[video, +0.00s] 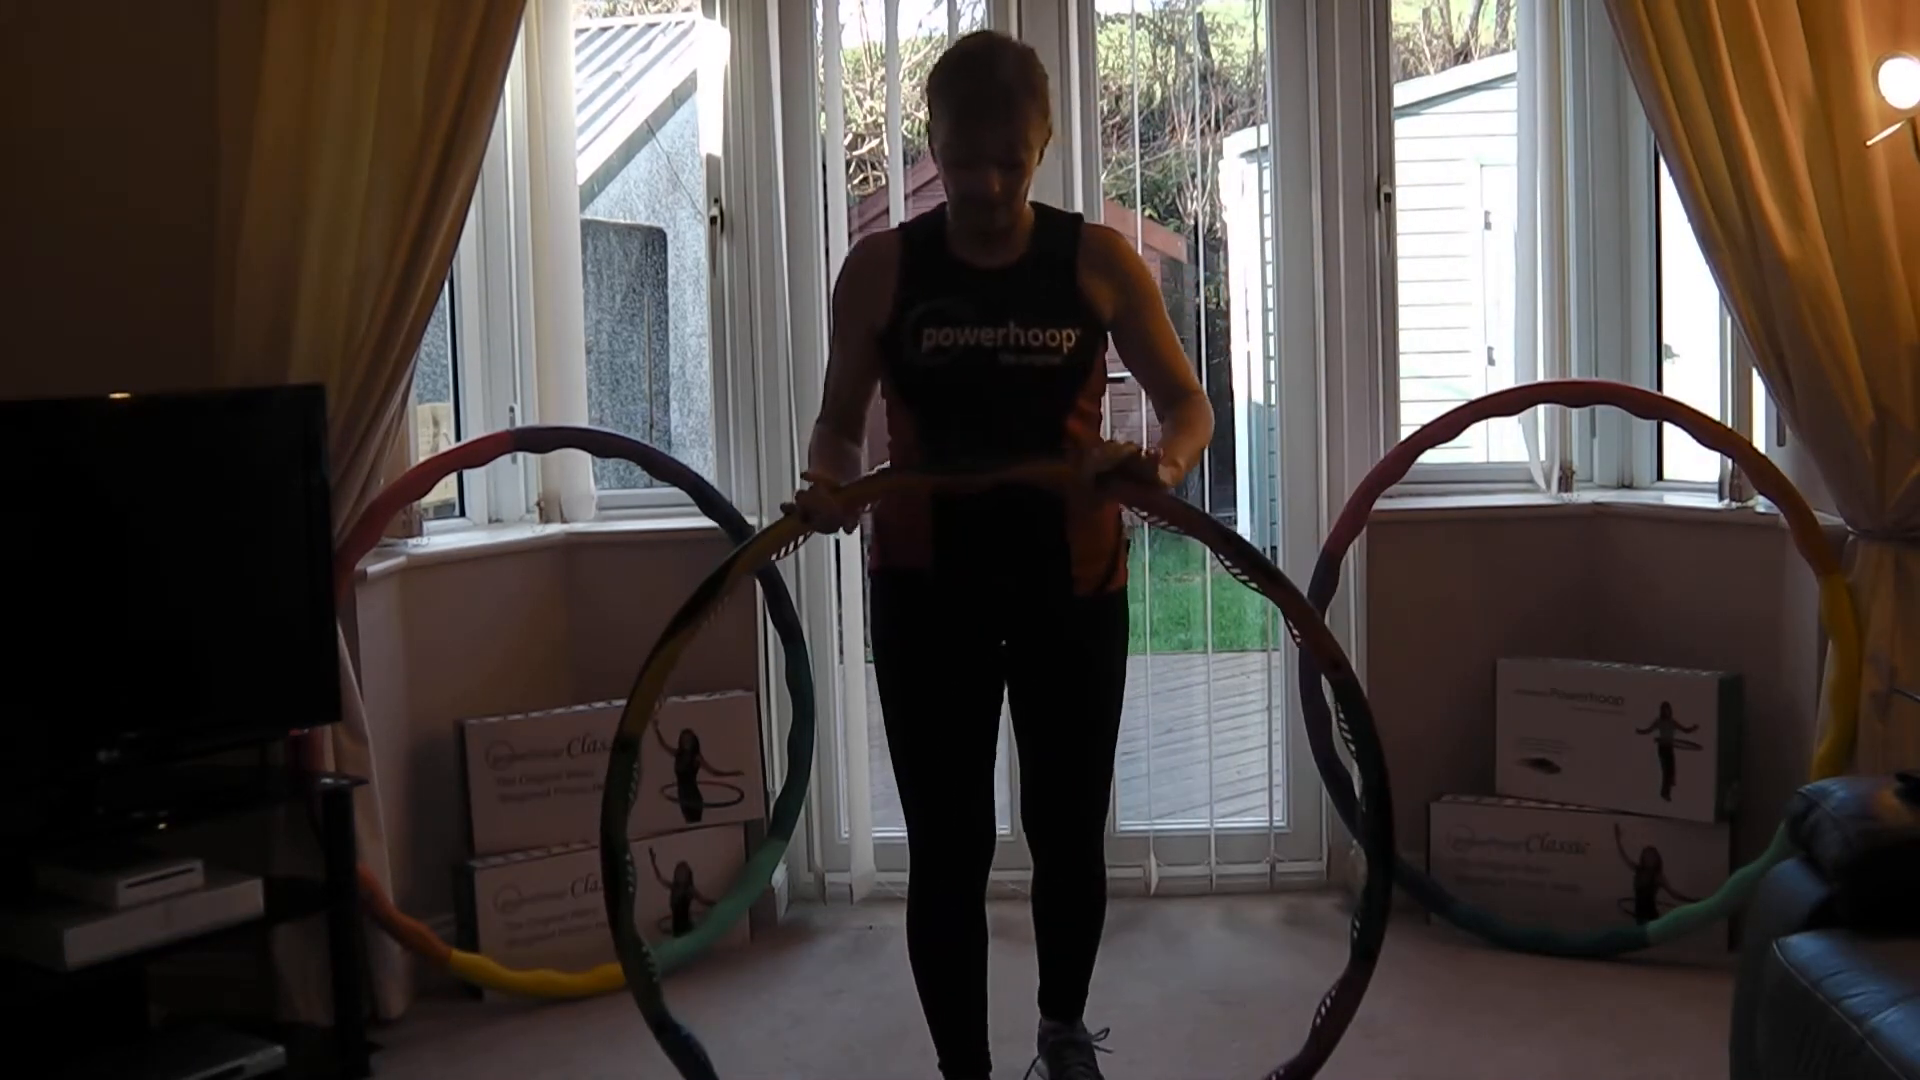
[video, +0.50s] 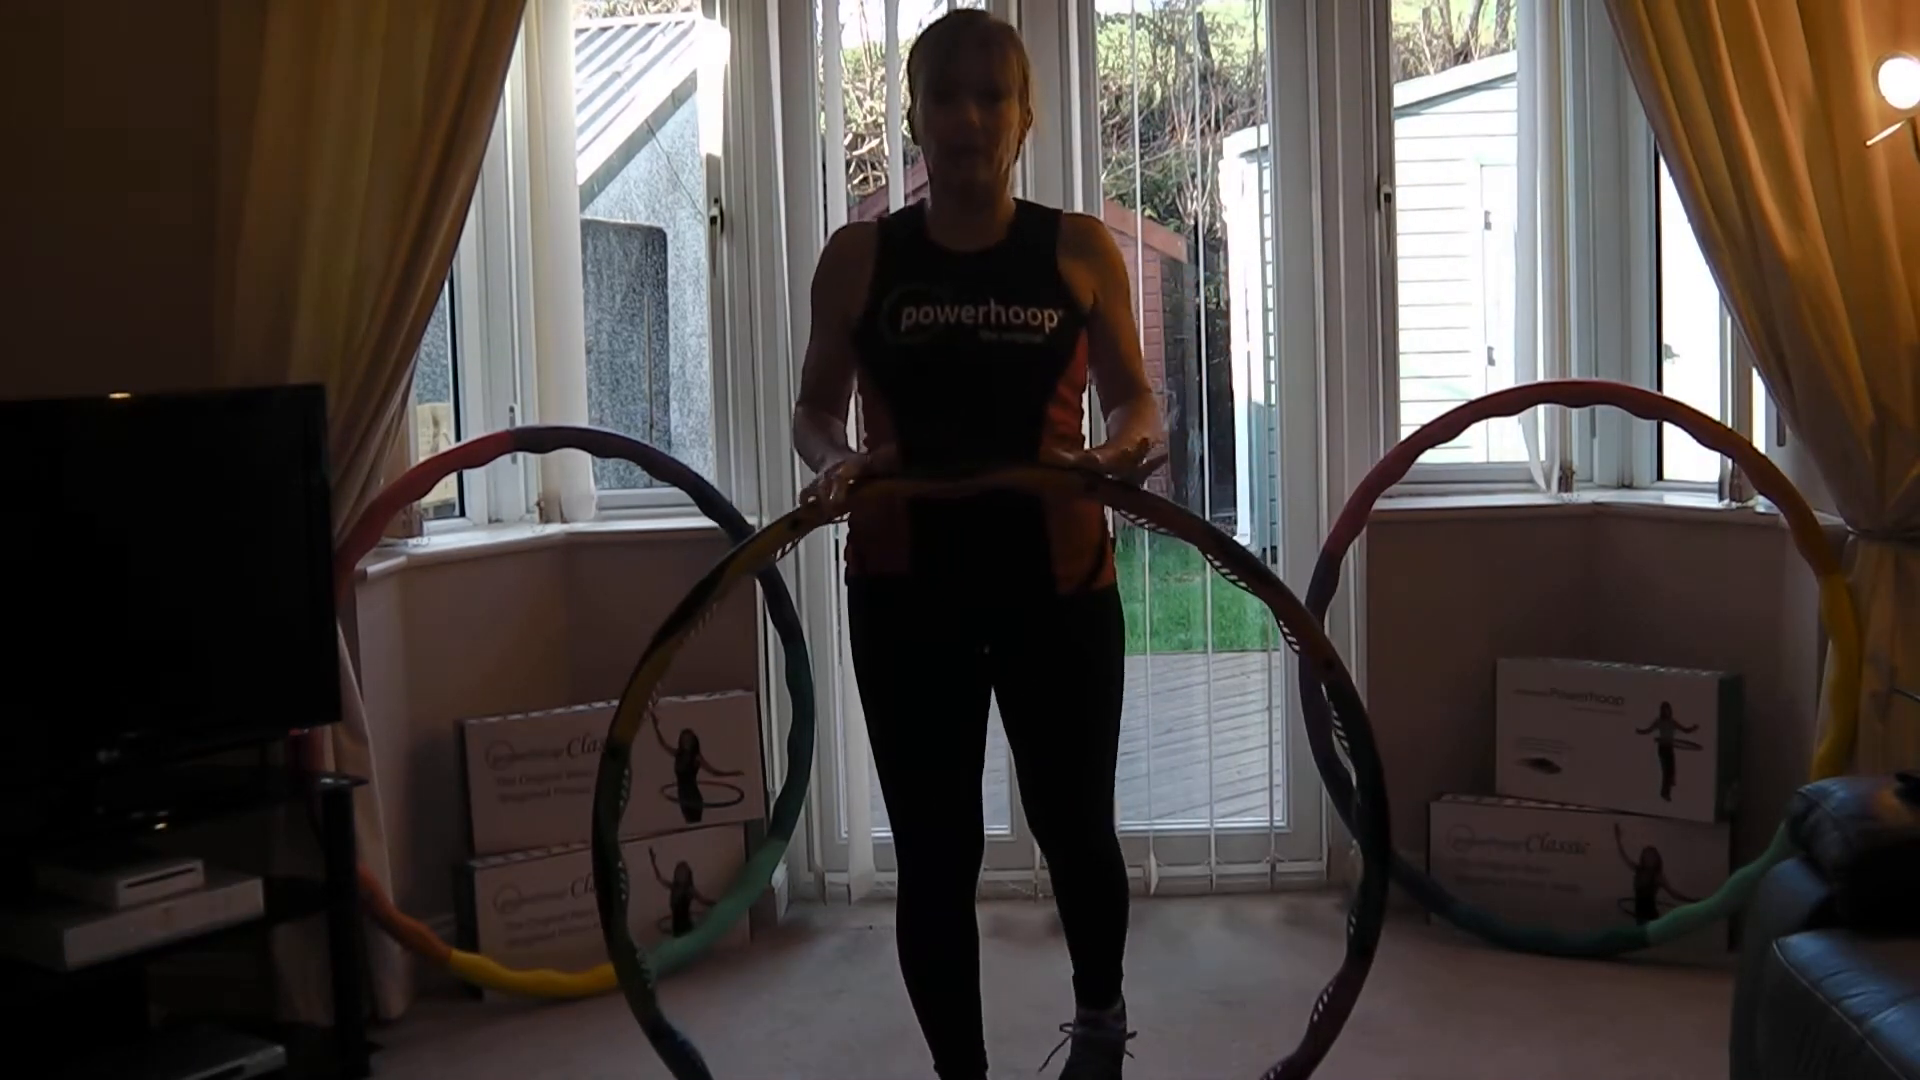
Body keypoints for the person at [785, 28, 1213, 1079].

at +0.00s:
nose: (986, 182)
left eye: (1007, 160)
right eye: (966, 159)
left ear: (1041, 145)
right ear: (933, 146)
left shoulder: (1101, 262)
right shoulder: (878, 271)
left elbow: (1190, 407)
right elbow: (839, 420)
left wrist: (1164, 462)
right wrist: (832, 477)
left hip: (1070, 587)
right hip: (928, 590)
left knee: (1068, 836)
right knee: (946, 853)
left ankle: (1063, 1034)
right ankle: (964, 1072)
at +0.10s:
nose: (976, 176)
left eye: (997, 153)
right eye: (954, 151)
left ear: (1031, 141)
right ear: (924, 141)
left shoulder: (1093, 258)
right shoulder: (868, 265)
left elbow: (1178, 394)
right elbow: (832, 410)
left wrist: (1155, 454)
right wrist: (824, 477)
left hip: (1065, 582)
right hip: (920, 586)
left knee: (1075, 835)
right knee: (942, 850)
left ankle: (1073, 1035)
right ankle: (963, 1072)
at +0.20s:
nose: (971, 154)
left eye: (992, 132)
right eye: (952, 129)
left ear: (1025, 133)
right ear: (920, 129)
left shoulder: (1084, 252)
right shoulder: (862, 261)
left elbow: (1168, 389)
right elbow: (817, 401)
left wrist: (1150, 444)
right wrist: (817, 465)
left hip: (1061, 579)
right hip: (916, 585)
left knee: (1079, 830)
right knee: (938, 850)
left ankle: (1094, 1026)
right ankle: (961, 1072)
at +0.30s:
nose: (972, 131)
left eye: (994, 110)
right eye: (952, 107)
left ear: (1024, 120)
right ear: (916, 112)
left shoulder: (1081, 248)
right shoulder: (859, 254)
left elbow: (1151, 392)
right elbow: (813, 397)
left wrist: (1141, 449)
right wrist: (818, 460)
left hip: (1058, 575)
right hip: (911, 583)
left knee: (1083, 825)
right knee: (936, 856)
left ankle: (1117, 1016)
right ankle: (962, 1072)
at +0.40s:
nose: (970, 126)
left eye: (993, 105)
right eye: (949, 103)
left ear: (1026, 118)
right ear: (916, 111)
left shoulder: (1082, 249)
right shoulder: (856, 255)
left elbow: (1138, 398)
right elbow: (815, 401)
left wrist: (1129, 454)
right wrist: (827, 463)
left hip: (1056, 580)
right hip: (909, 586)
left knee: (1082, 825)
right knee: (934, 853)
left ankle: (1115, 1020)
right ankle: (959, 1071)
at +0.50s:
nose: (969, 120)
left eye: (992, 100)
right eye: (948, 98)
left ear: (1024, 116)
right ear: (914, 110)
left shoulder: (1082, 250)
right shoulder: (858, 257)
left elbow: (1139, 401)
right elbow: (816, 405)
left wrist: (1122, 449)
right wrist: (835, 459)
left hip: (1054, 587)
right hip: (909, 592)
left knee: (1075, 828)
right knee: (933, 861)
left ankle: (1099, 1021)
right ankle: (961, 1075)